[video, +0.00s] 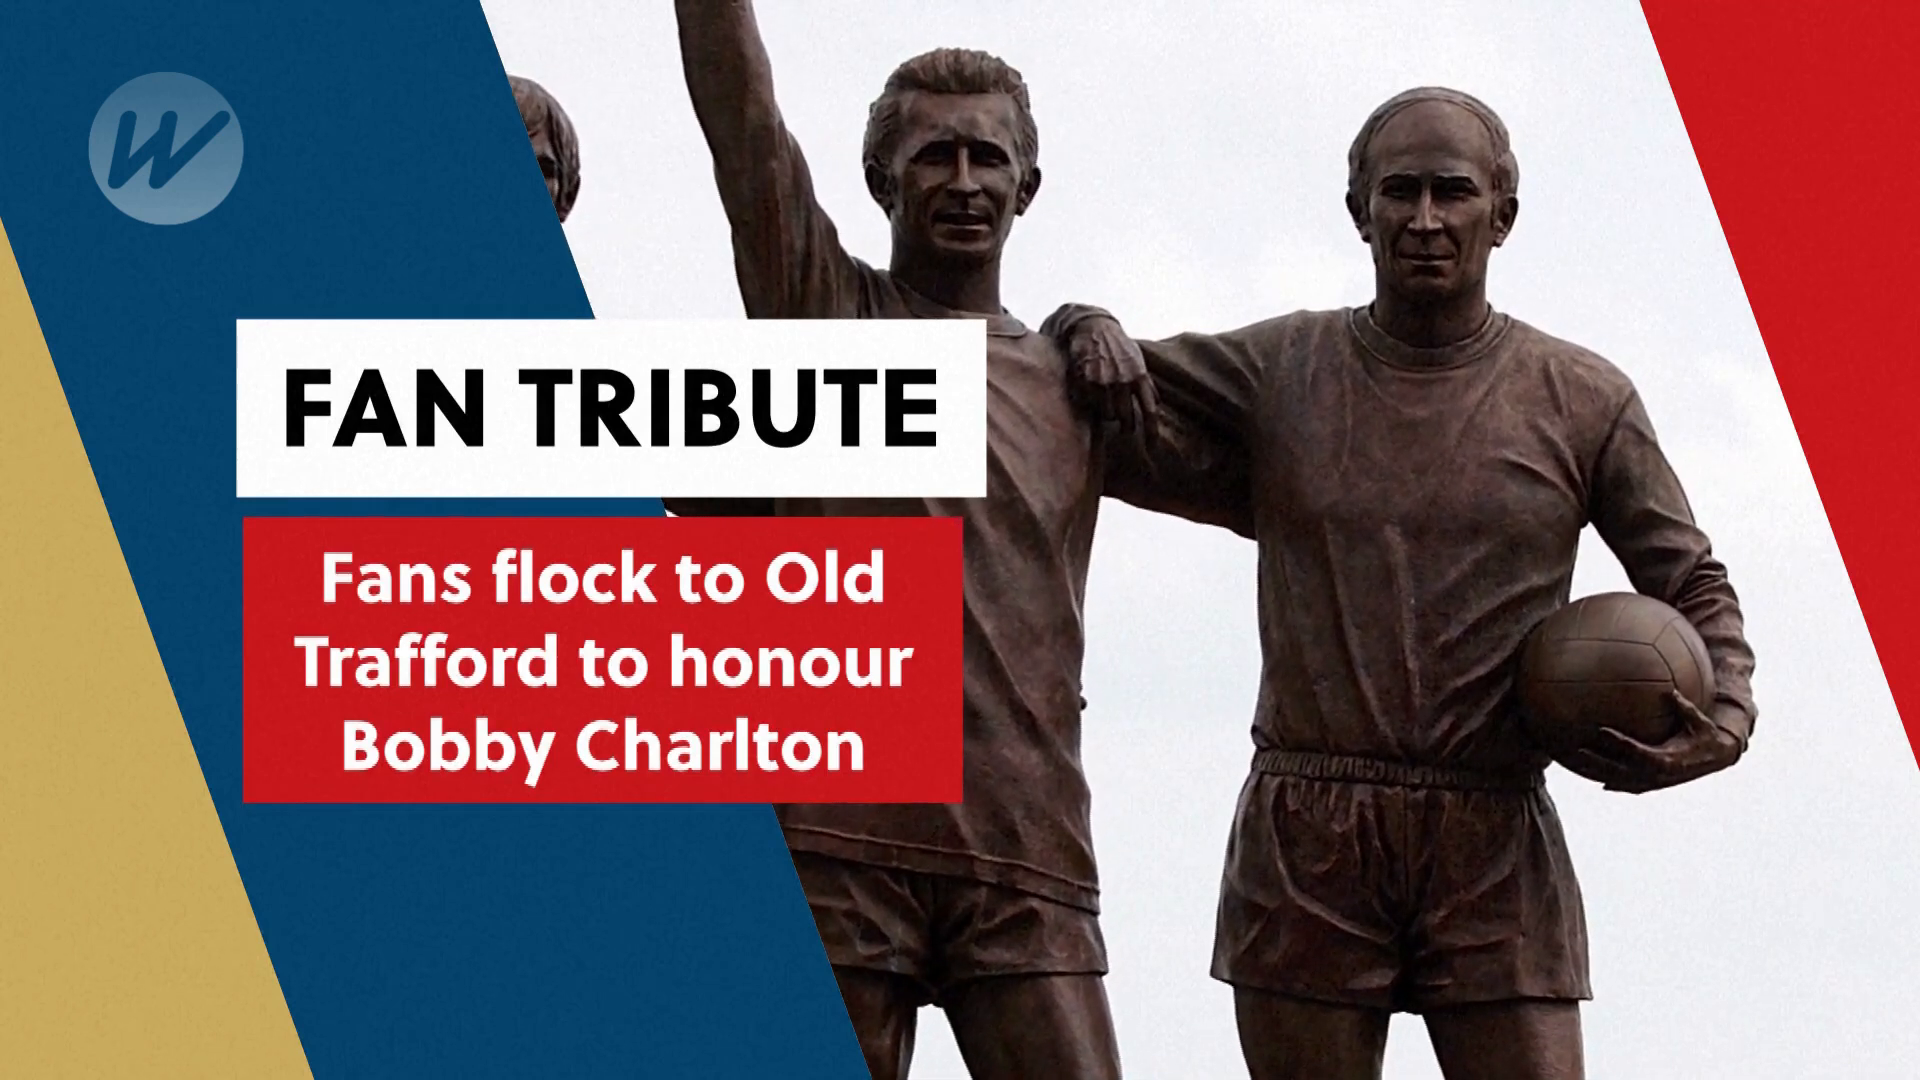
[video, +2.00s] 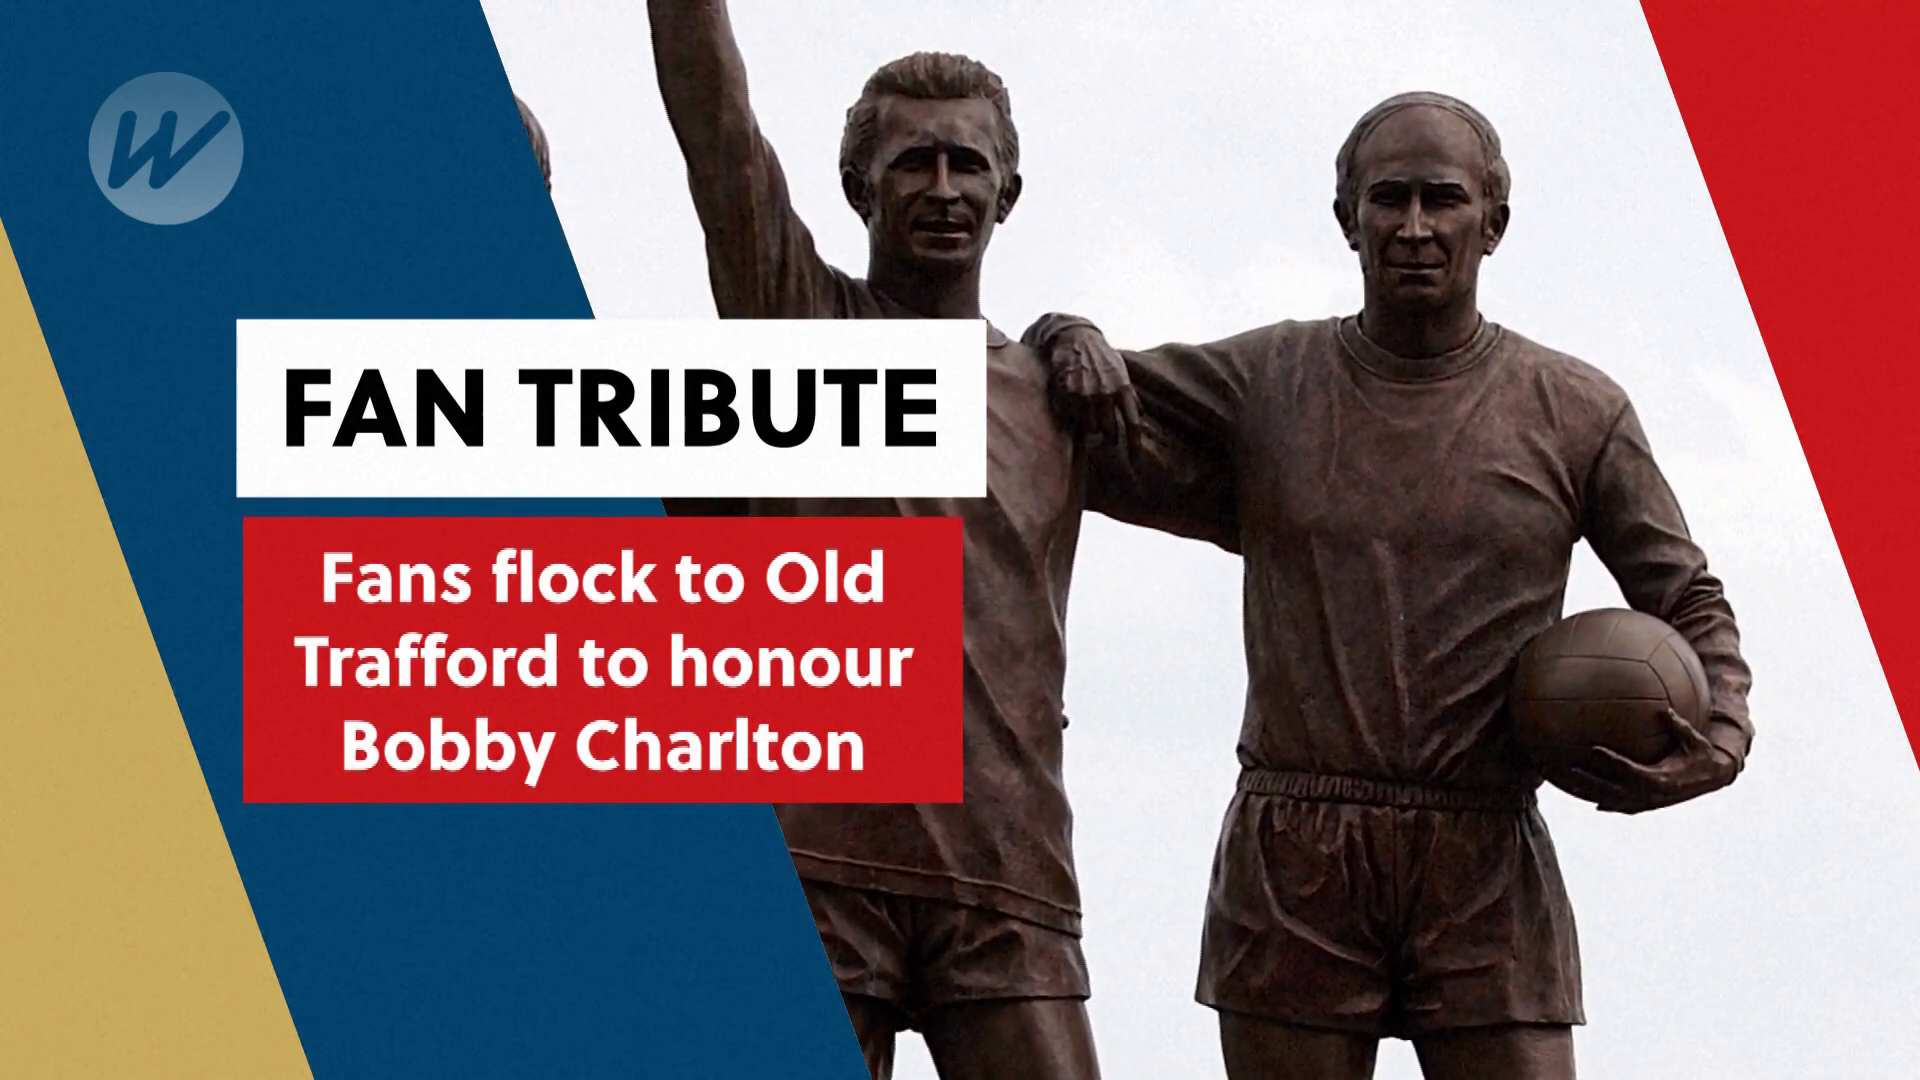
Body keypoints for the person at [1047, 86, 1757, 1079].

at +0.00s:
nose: (1425, 217)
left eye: (1454, 190)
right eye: (1399, 191)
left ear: (1505, 215)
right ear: (1359, 211)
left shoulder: (1583, 397)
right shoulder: (1279, 366)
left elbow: (1691, 582)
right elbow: (1108, 403)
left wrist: (1725, 706)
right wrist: (1083, 326)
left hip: (1495, 845)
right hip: (1306, 841)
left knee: (1539, 1065)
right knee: (1304, 1068)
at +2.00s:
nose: (1414, 224)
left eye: (1443, 197)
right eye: (1387, 199)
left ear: (1495, 221)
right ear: (1347, 220)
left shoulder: (1577, 408)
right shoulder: (1265, 377)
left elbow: (1686, 599)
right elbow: (1084, 410)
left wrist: (1721, 730)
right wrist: (1066, 337)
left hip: (1485, 863)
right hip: (1291, 859)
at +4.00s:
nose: (1402, 233)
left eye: (1432, 204)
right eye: (1375, 206)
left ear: (1486, 228)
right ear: (1335, 227)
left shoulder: (1569, 419)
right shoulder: (1252, 387)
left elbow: (1681, 614)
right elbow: (1079, 440)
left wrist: (1718, 752)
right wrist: (1046, 351)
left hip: (1478, 891)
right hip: (1276, 885)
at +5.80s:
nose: (1407, 247)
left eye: (1431, 213)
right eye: (1384, 213)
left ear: (1475, 226)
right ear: (1345, 224)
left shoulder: (1549, 436)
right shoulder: (1265, 420)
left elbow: (1692, 690)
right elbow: (1052, 434)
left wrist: (1582, 708)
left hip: (1467, 908)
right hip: (1287, 902)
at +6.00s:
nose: (1411, 252)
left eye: (1433, 218)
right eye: (1388, 218)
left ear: (1471, 230)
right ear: (1350, 228)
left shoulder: (1546, 442)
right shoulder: (1270, 429)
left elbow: (1685, 725)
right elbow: (1024, 427)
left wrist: (1531, 705)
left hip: (1467, 919)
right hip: (1293, 913)